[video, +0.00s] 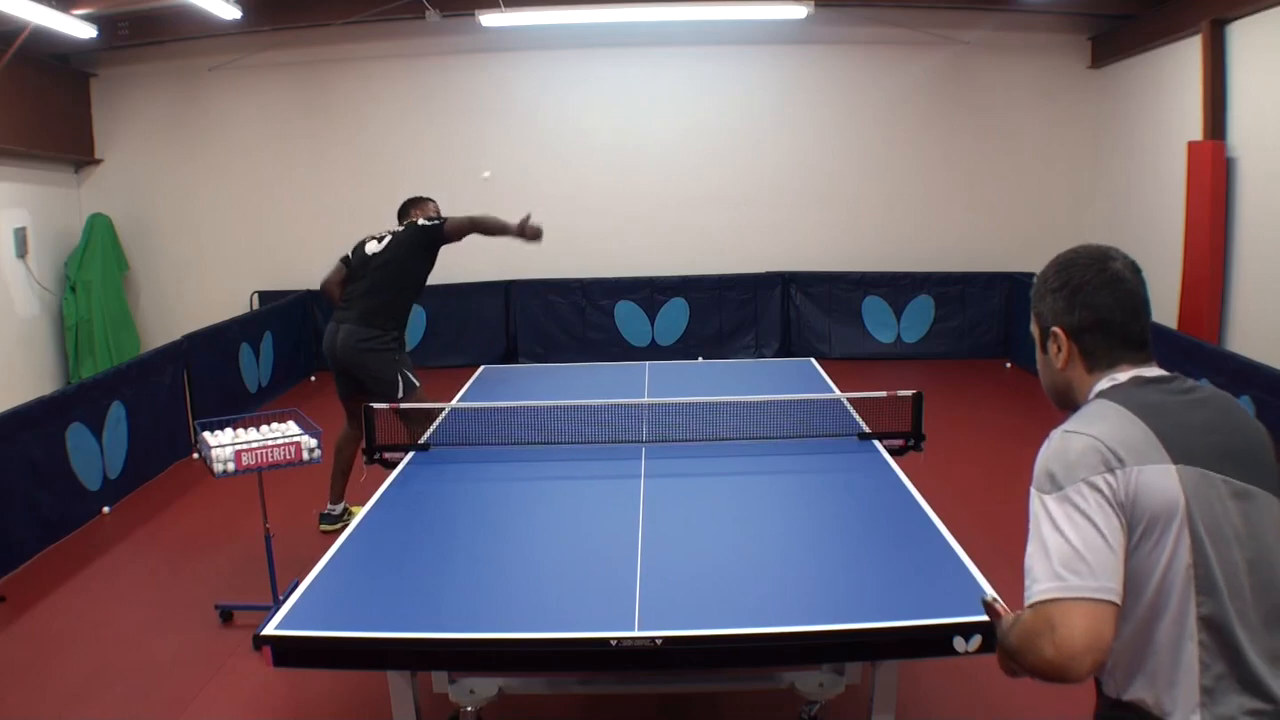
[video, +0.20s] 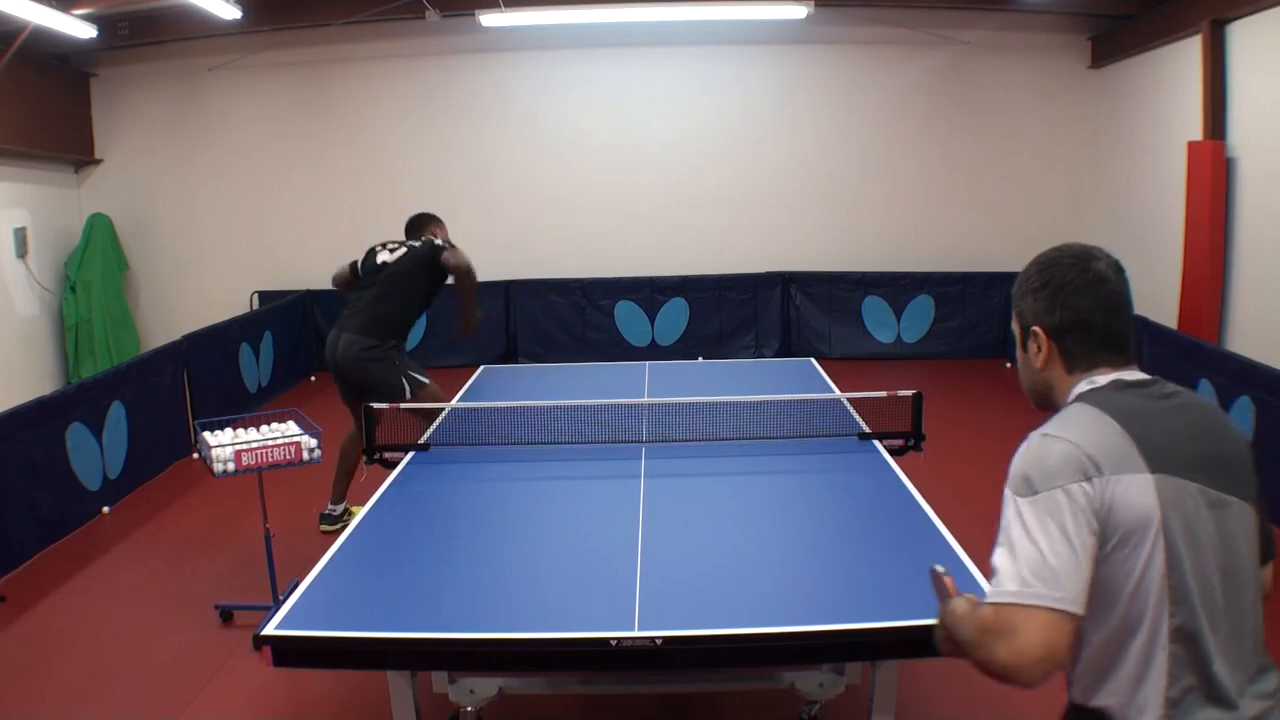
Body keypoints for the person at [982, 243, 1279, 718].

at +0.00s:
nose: (1038, 361)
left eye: (1037, 344)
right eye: (1037, 344)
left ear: (1059, 346)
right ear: (1142, 330)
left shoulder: (1088, 443)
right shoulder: (1239, 419)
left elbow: (1072, 649)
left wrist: (1012, 636)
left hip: (1162, 705)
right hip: (1265, 700)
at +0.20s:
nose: (1017, 360)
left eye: (1017, 342)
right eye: (1016, 343)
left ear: (1040, 346)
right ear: (1125, 333)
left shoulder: (1065, 448)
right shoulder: (1216, 424)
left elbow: (1028, 653)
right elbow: (1260, 573)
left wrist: (962, 620)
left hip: (1130, 708)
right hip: (1256, 701)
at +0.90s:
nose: (893, 351)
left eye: (892, 342)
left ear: (903, 345)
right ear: (984, 335)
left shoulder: (882, 423)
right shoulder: (1068, 405)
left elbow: (748, 510)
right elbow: (1156, 514)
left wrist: (815, 518)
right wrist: (1117, 542)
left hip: (952, 694)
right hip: (1079, 692)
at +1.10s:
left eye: (822, 387)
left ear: (827, 395)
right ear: (910, 383)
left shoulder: (789, 455)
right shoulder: (958, 431)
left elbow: (716, 488)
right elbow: (1062, 519)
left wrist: (783, 467)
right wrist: (1147, 603)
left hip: (851, 698)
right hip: (979, 693)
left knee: (798, 686)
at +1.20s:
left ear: (812, 396)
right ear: (895, 386)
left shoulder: (779, 456)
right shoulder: (933, 425)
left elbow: (827, 439)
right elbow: (1023, 511)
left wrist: (877, 409)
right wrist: (1123, 606)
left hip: (829, 698)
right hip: (962, 692)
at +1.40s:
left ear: (835, 370)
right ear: (920, 363)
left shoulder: (798, 435)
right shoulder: (962, 410)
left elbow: (763, 491)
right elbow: (1041, 512)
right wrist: (1132, 628)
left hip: (841, 692)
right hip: (976, 691)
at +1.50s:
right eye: (957, 353)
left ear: (866, 366)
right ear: (954, 364)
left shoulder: (821, 441)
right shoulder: (1004, 427)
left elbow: (757, 533)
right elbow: (1102, 553)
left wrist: (815, 482)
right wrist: (1165, 642)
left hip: (867, 698)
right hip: (997, 699)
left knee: (825, 677)